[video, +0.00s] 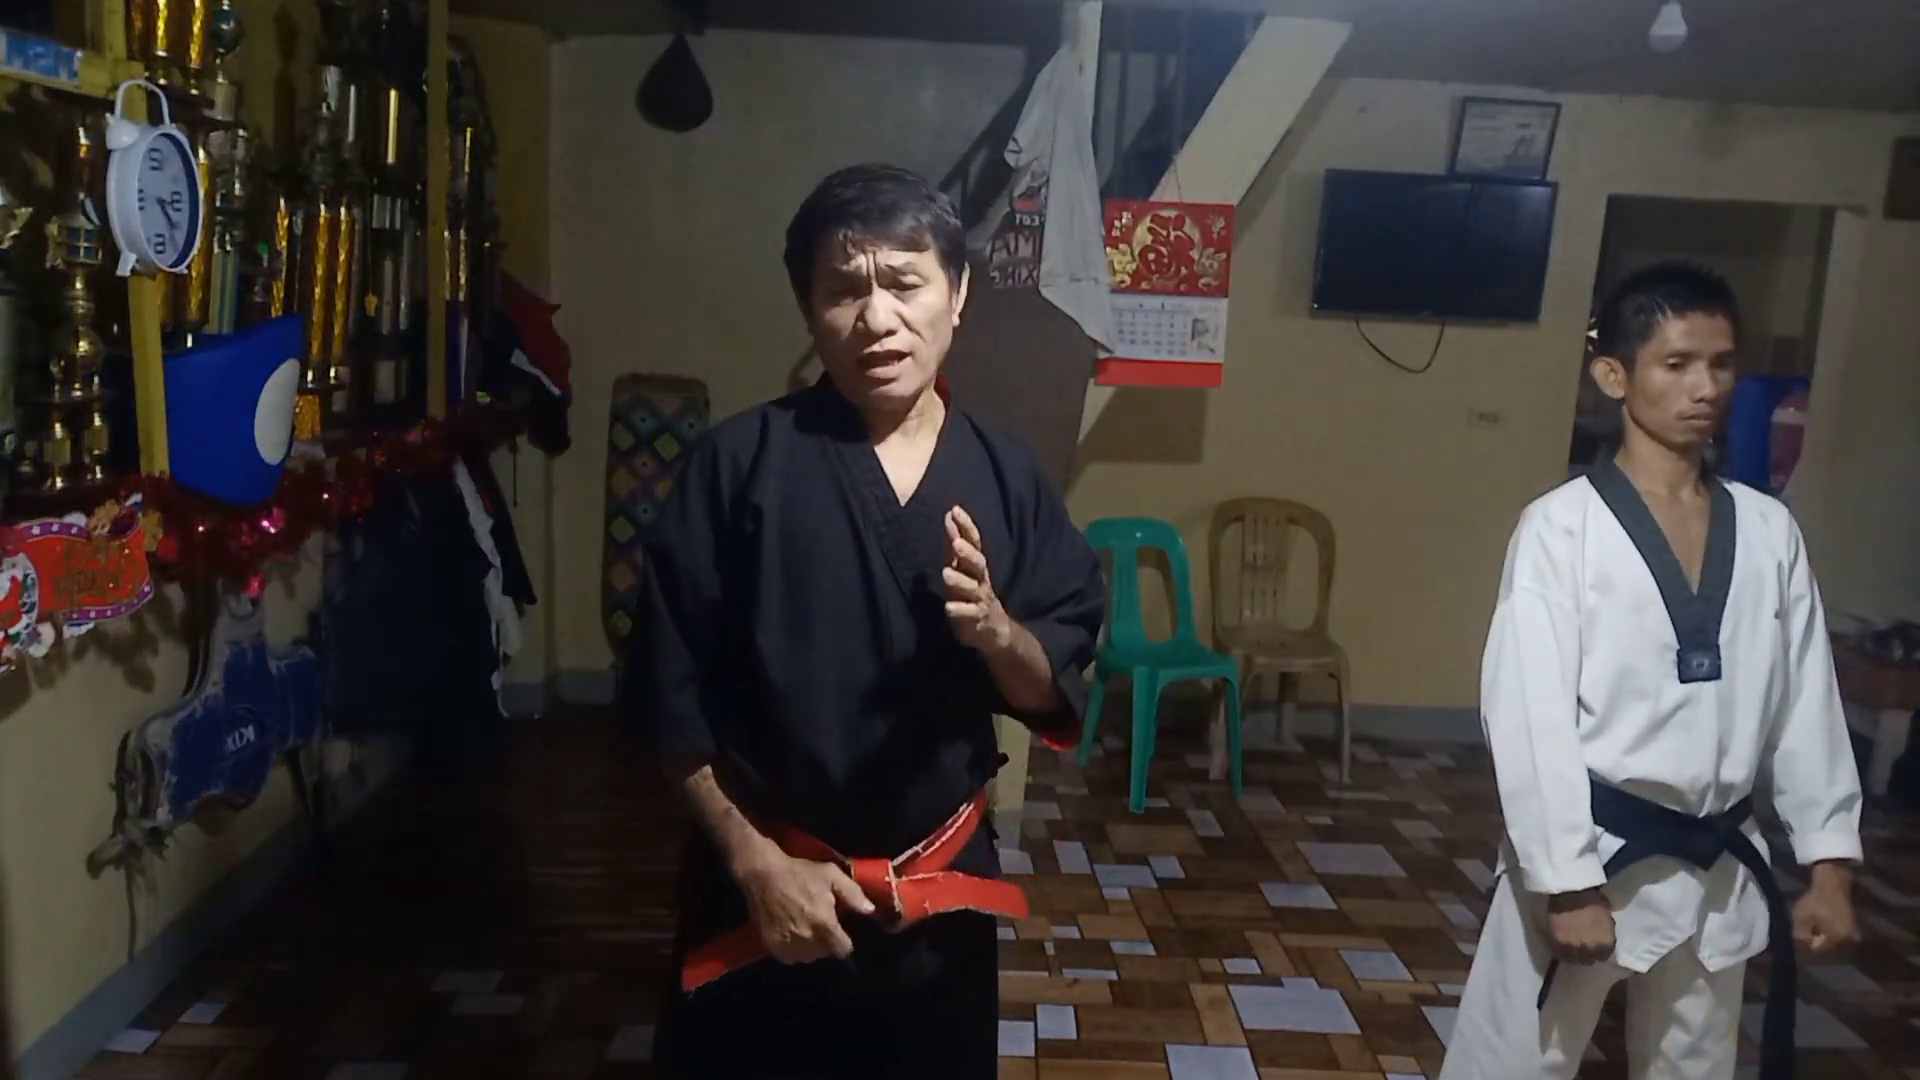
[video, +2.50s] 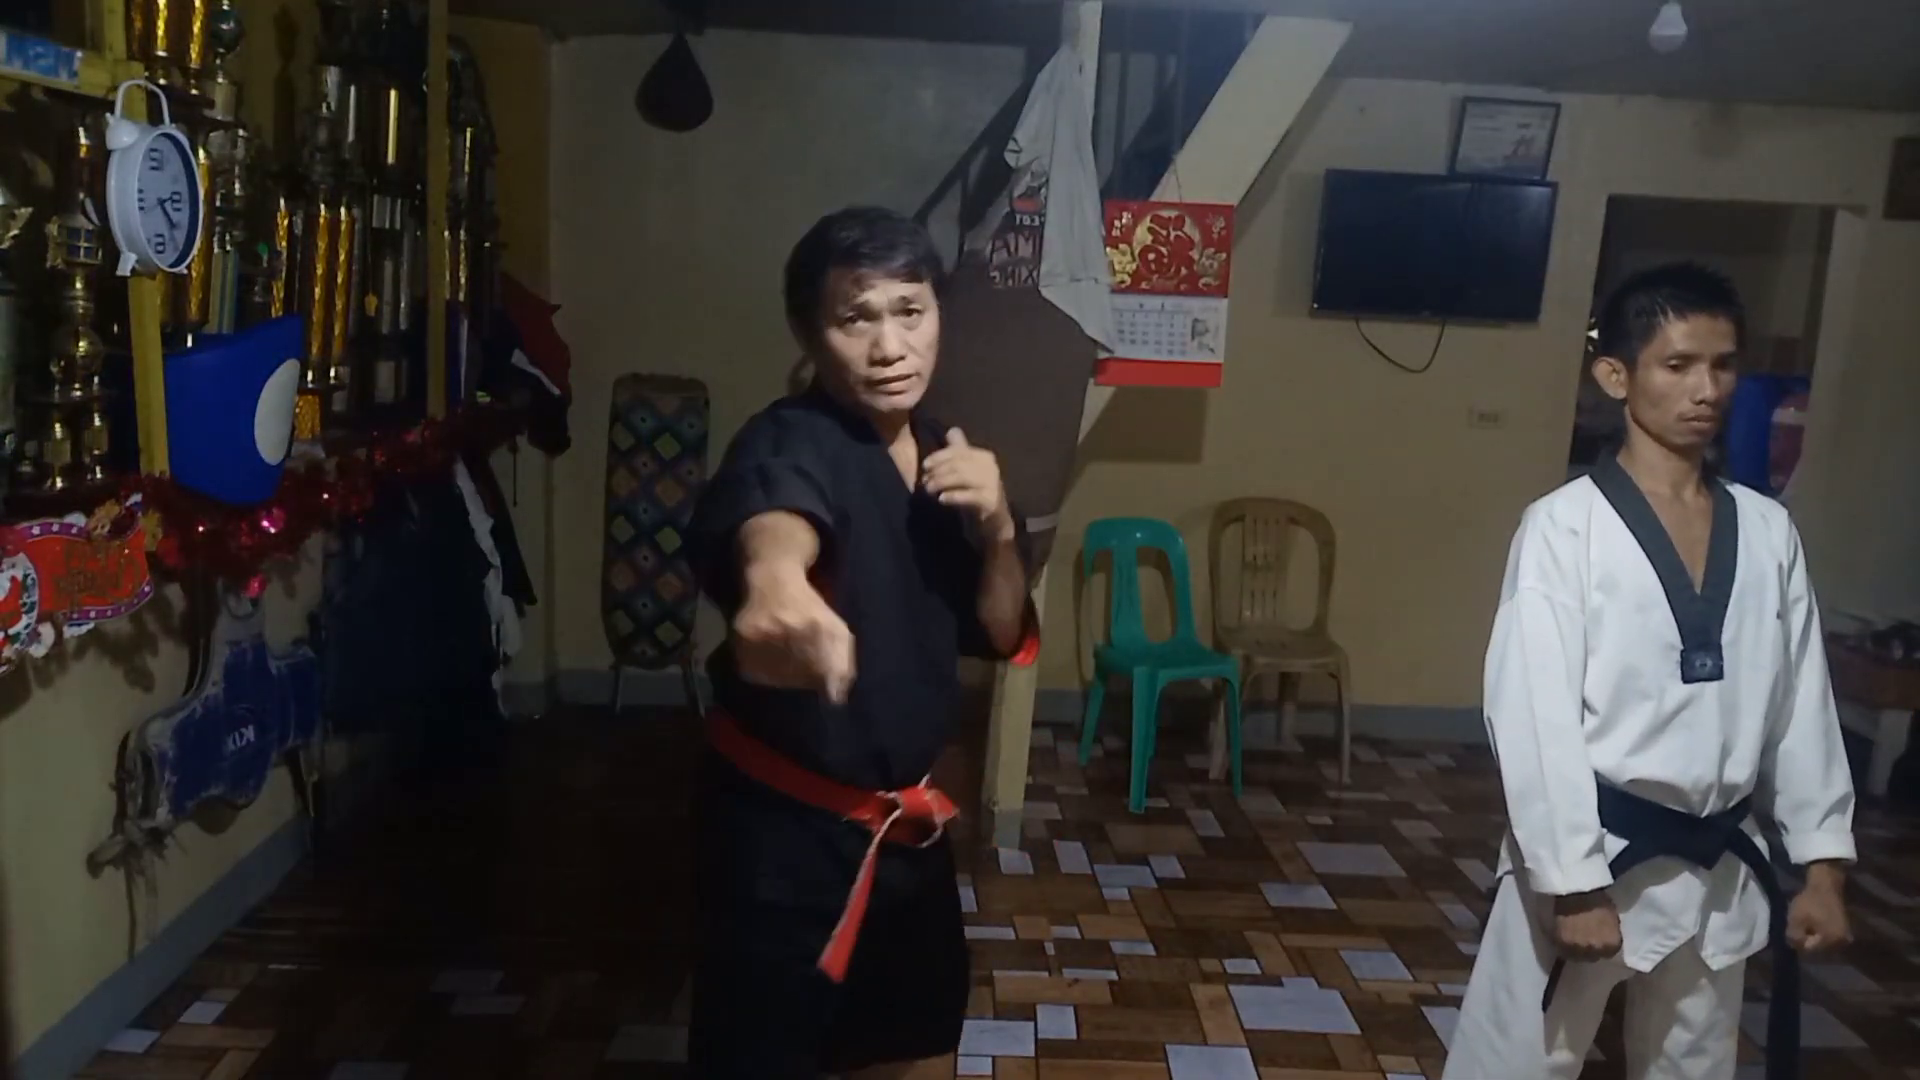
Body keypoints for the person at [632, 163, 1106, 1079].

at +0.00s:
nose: (876, 316)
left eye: (904, 284)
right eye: (844, 290)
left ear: (957, 297)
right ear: (809, 313)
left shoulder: (1006, 472)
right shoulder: (733, 468)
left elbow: (1054, 694)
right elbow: (662, 686)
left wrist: (996, 632)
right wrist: (754, 859)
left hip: (939, 902)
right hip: (755, 903)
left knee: (941, 1070)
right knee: (746, 1075)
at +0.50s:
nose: (891, 312)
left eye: (917, 279)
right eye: (857, 287)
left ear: (964, 295)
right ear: (816, 313)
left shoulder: (1006, 470)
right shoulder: (742, 464)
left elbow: (1051, 698)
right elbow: (669, 691)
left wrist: (1007, 633)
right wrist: (772, 860)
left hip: (948, 903)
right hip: (770, 902)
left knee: (950, 1068)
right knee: (760, 1074)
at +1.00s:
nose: (972, 313)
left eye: (996, 282)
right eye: (937, 287)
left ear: (1032, 304)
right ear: (890, 314)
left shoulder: (1027, 469)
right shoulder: (818, 431)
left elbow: (1069, 635)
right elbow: (671, 593)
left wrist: (1045, 652)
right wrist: (798, 618)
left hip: (958, 852)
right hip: (815, 844)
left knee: (944, 1063)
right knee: (789, 1063)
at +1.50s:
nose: (873, 325)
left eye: (885, 290)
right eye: (833, 299)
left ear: (905, 288)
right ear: (753, 316)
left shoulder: (927, 444)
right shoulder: (696, 474)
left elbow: (997, 643)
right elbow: (675, 717)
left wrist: (973, 562)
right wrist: (828, 838)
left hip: (891, 835)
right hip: (736, 845)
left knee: (892, 1059)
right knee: (738, 1062)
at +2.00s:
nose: (918, 316)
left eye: (938, 290)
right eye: (888, 293)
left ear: (964, 308)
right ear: (845, 318)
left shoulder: (970, 457)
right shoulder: (797, 441)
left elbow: (1015, 646)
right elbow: (706, 618)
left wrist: (1003, 587)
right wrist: (840, 693)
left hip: (906, 788)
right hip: (784, 782)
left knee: (872, 1033)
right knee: (763, 1033)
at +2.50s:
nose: (889, 345)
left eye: (909, 314)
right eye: (855, 320)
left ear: (939, 319)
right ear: (809, 337)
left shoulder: (942, 458)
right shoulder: (791, 442)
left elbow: (1000, 634)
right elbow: (774, 520)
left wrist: (998, 529)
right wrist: (777, 586)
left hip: (905, 824)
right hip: (790, 826)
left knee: (918, 1049)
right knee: (772, 1056)